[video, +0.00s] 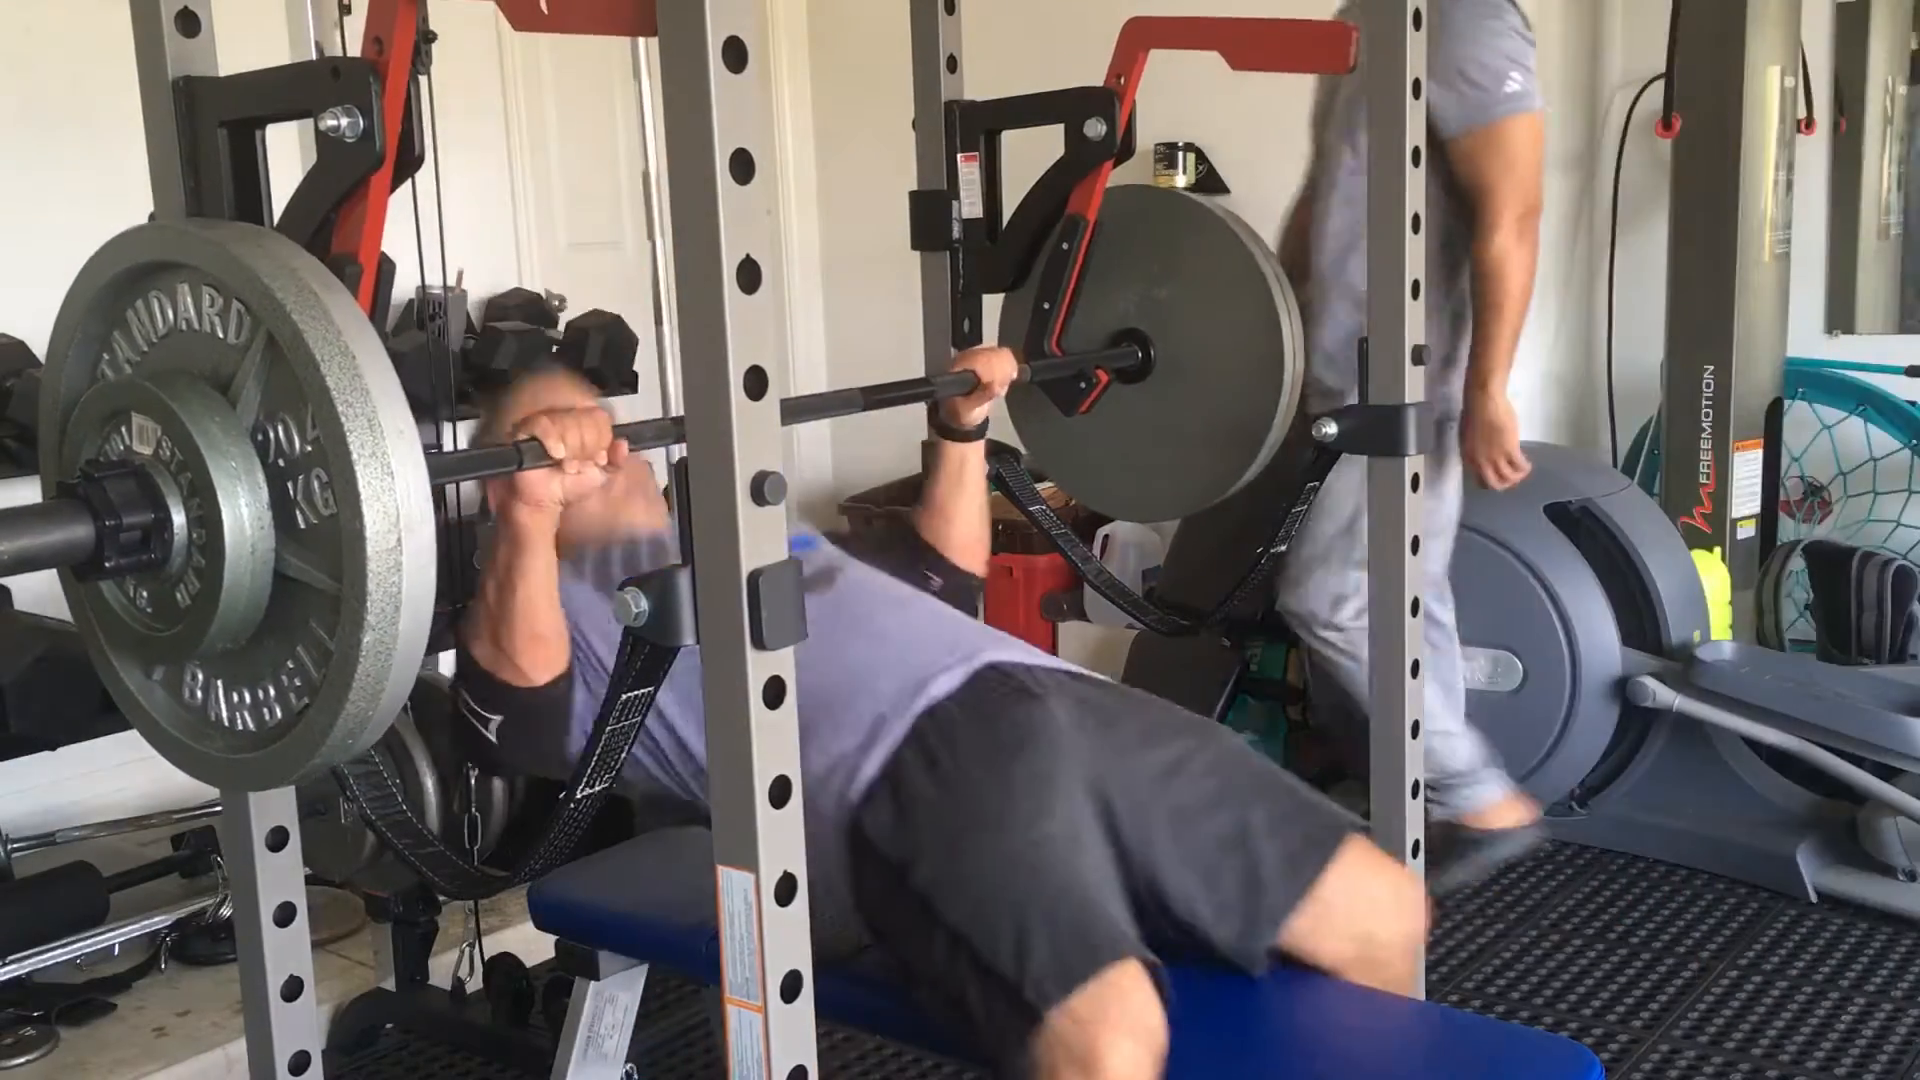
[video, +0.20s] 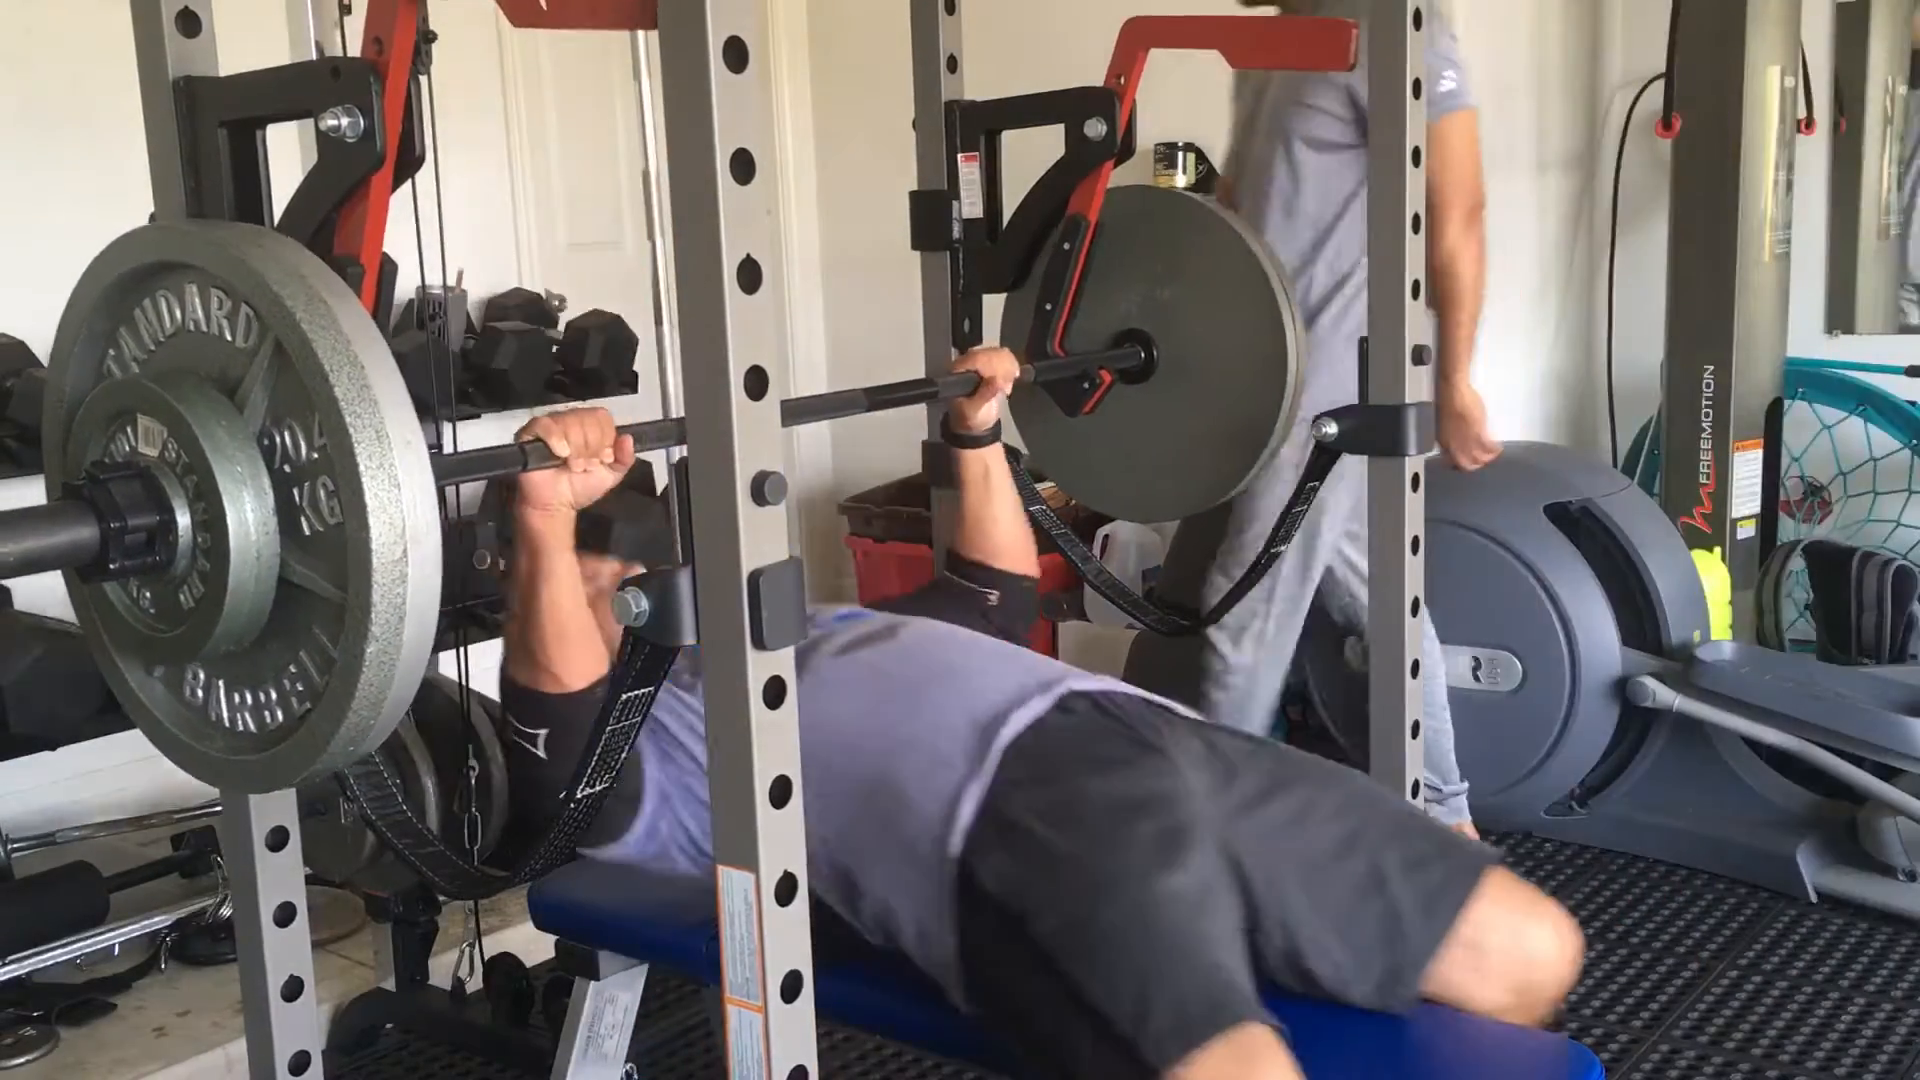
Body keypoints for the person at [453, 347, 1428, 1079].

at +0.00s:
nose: (611, 456)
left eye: (610, 432)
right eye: (561, 444)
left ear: (633, 443)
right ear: (501, 493)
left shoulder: (753, 530)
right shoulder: (565, 619)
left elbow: (947, 585)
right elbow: (521, 717)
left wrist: (962, 425)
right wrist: (518, 520)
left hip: (1056, 697)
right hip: (924, 773)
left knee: (1387, 912)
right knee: (1112, 1035)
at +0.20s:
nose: (626, 567)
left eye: (636, 545)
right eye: (593, 576)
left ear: (676, 581)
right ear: (582, 626)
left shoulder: (847, 640)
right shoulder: (644, 750)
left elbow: (995, 620)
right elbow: (556, 791)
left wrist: (972, 435)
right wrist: (542, 523)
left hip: (1163, 741)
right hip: (1023, 821)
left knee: (1538, 957)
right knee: (1242, 1056)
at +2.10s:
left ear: (837, 658)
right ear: (738, 741)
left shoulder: (997, 674)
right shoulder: (804, 815)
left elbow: (1106, 614)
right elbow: (699, 735)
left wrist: (1030, 452)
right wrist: (618, 561)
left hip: (1340, 783)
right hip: (1203, 865)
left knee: (1781, 971)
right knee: (1416, 1026)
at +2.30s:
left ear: (844, 673)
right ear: (748, 736)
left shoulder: (1006, 691)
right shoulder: (800, 814)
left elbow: (1109, 628)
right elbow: (702, 756)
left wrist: (1038, 448)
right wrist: (638, 553)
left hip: (1354, 791)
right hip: (1208, 863)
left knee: (1782, 1006)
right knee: (1416, 1041)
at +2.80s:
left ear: (835, 653)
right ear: (741, 734)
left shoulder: (993, 679)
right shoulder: (807, 816)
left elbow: (1120, 641)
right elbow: (710, 747)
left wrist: (1036, 460)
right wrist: (620, 559)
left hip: (1339, 791)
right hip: (1201, 859)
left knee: (1776, 1003)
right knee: (1413, 1027)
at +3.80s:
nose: (747, 664)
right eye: (719, 703)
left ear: (832, 685)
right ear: (725, 767)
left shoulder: (1014, 688)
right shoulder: (811, 830)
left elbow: (1116, 613)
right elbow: (705, 781)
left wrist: (1039, 449)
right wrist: (620, 541)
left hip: (1334, 786)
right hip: (1209, 880)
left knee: (1744, 955)